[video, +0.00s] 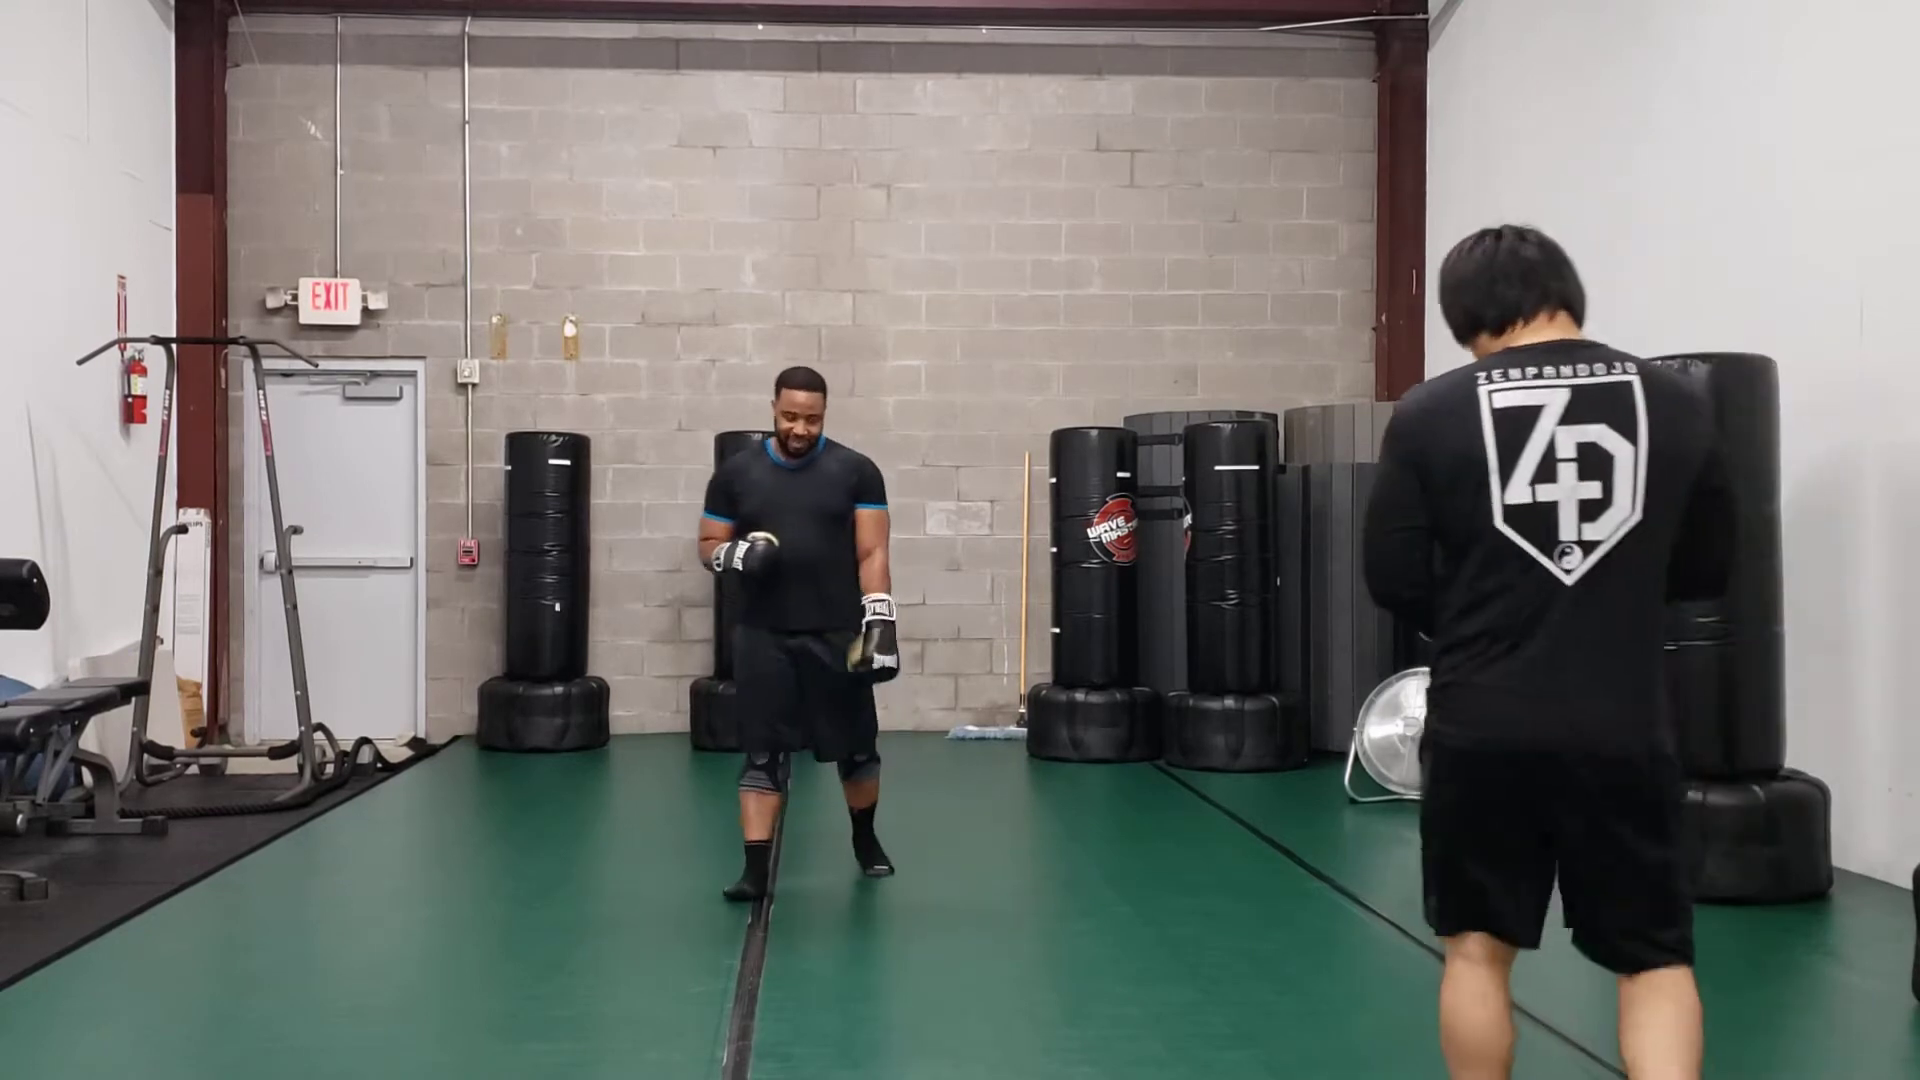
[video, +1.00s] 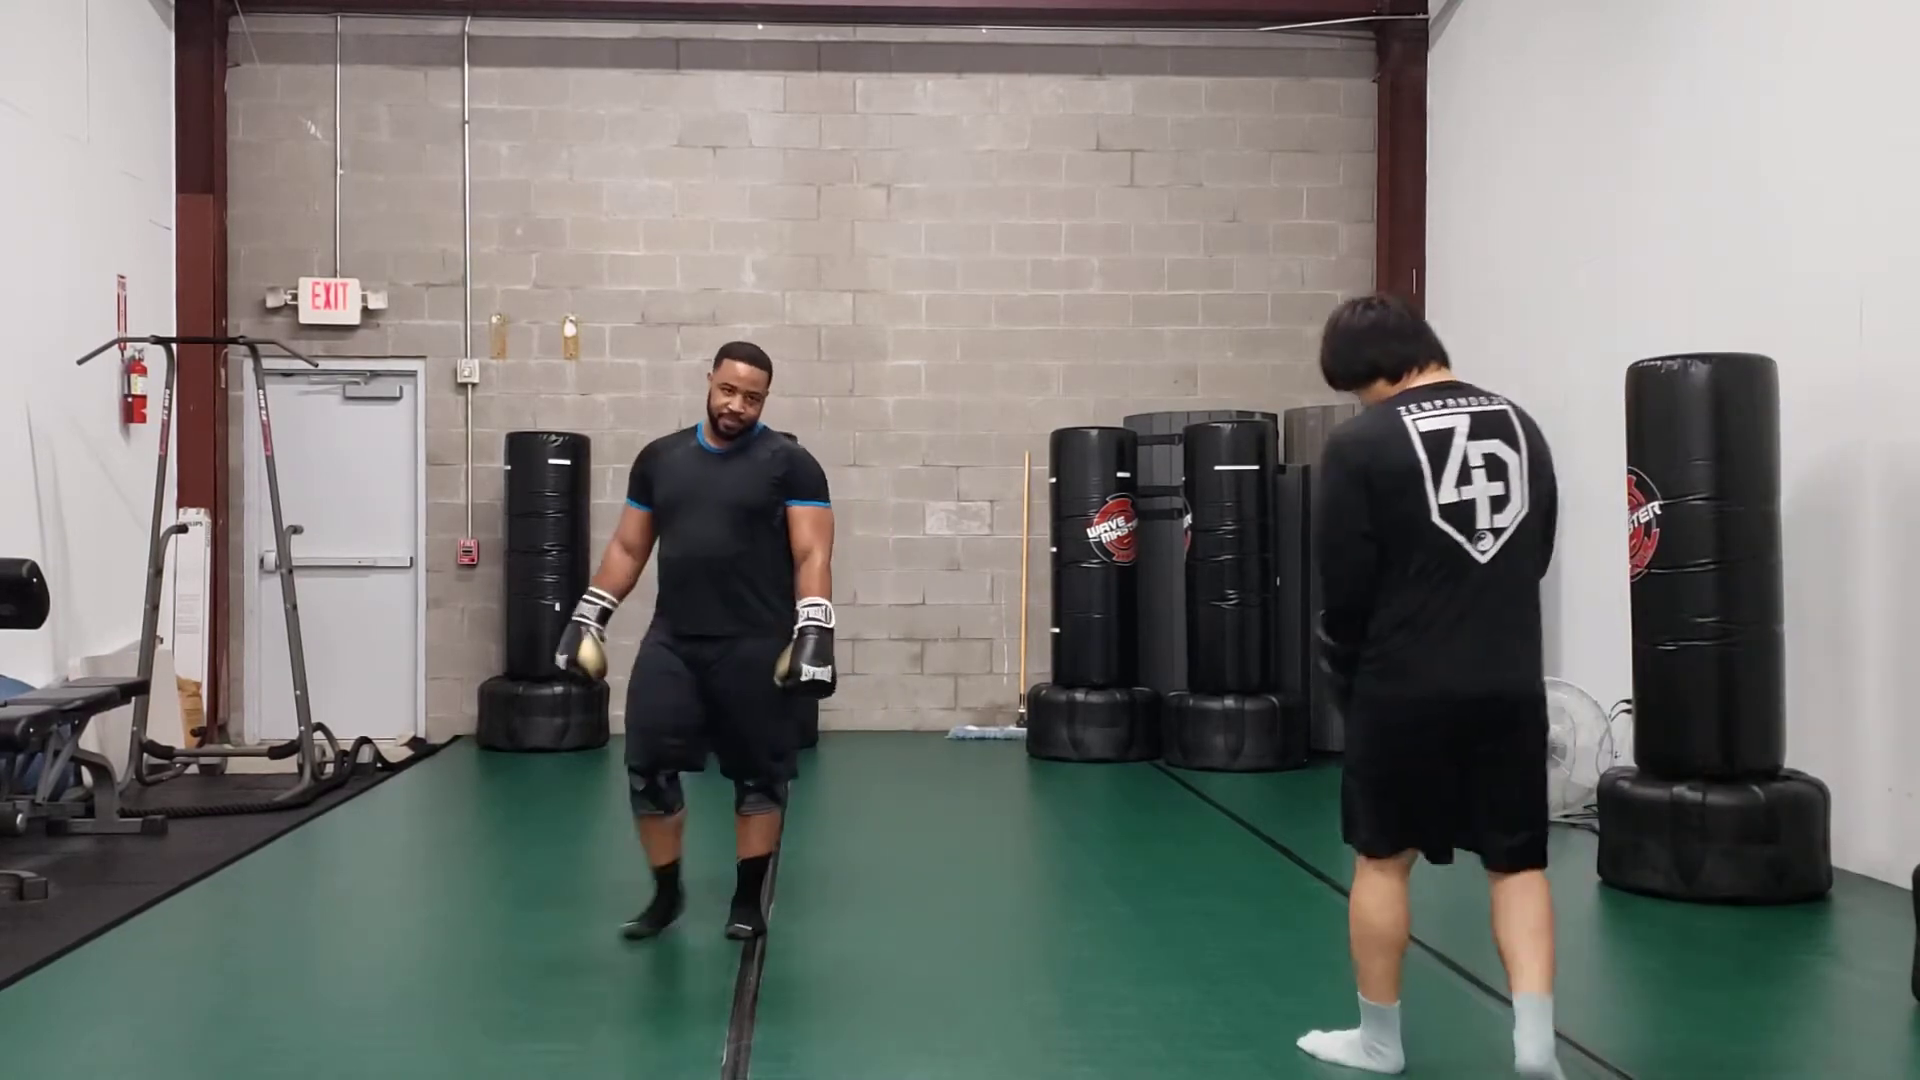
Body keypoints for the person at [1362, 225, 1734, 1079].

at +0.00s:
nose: (1463, 345)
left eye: (1462, 330)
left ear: (1469, 326)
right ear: (1575, 306)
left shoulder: (1432, 411)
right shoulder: (1673, 399)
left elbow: (1392, 574)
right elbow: (1705, 565)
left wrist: (1482, 608)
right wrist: (1609, 579)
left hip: (1483, 733)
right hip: (1623, 731)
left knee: (1476, 950)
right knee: (1653, 956)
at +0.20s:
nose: (1430, 346)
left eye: (1429, 333)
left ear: (1436, 332)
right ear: (1539, 314)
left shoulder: (1399, 409)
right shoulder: (1623, 396)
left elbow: (1373, 564)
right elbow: (1661, 557)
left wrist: (1446, 611)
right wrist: (1581, 588)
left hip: (1463, 710)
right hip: (1588, 702)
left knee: (1470, 932)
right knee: (1595, 896)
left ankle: (1476, 1076)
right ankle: (1597, 1073)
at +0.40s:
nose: (1426, 374)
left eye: (1425, 361)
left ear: (1432, 356)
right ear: (1528, 339)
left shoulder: (1399, 429)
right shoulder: (1609, 413)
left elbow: (1373, 582)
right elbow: (1648, 562)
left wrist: (1396, 696)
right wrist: (1566, 540)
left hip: (1450, 709)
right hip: (1566, 707)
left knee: (1461, 922)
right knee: (1557, 905)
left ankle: (1478, 1075)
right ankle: (1548, 1071)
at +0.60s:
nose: (1430, 374)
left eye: (1430, 361)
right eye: (1433, 364)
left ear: (1441, 354)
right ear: (1528, 339)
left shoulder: (1411, 419)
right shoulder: (1605, 409)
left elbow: (1390, 565)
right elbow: (1628, 549)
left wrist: (1408, 658)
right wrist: (1547, 544)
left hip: (1453, 685)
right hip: (1568, 687)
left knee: (1405, 860)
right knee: (1555, 882)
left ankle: (1464, 1047)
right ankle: (1547, 1069)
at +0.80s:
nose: (1403, 386)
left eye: (1402, 371)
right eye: (1400, 373)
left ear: (1423, 357)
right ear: (1490, 337)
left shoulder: (1408, 421)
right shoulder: (1575, 413)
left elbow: (1386, 560)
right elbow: (1567, 545)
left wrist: (1405, 640)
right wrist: (1509, 614)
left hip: (1439, 682)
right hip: (1549, 681)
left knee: (1397, 854)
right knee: (1543, 875)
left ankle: (1387, 1038)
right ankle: (1543, 1066)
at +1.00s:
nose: (1359, 404)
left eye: (1357, 390)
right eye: (1355, 391)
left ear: (1374, 375)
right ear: (1429, 353)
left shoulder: (1362, 444)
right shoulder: (1518, 423)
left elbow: (1346, 588)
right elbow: (1537, 546)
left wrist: (1344, 668)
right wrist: (1488, 609)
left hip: (1403, 683)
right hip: (1507, 680)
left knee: (1382, 858)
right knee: (1519, 860)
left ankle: (1378, 1037)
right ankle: (1535, 1047)